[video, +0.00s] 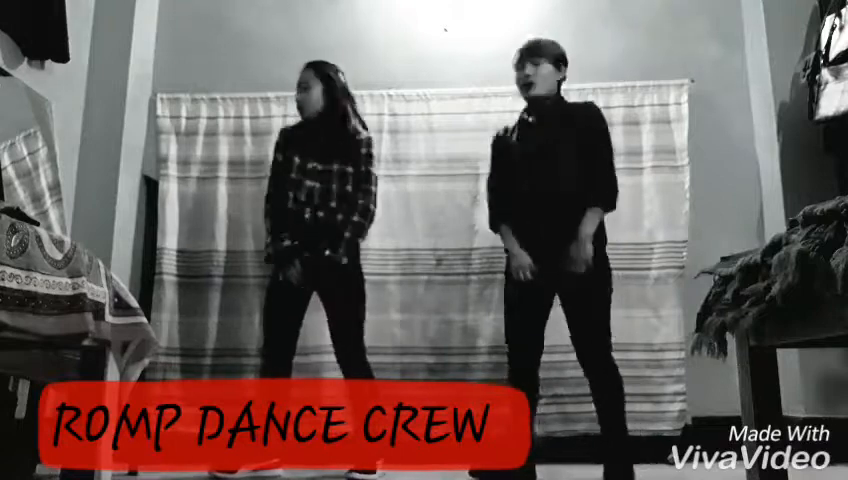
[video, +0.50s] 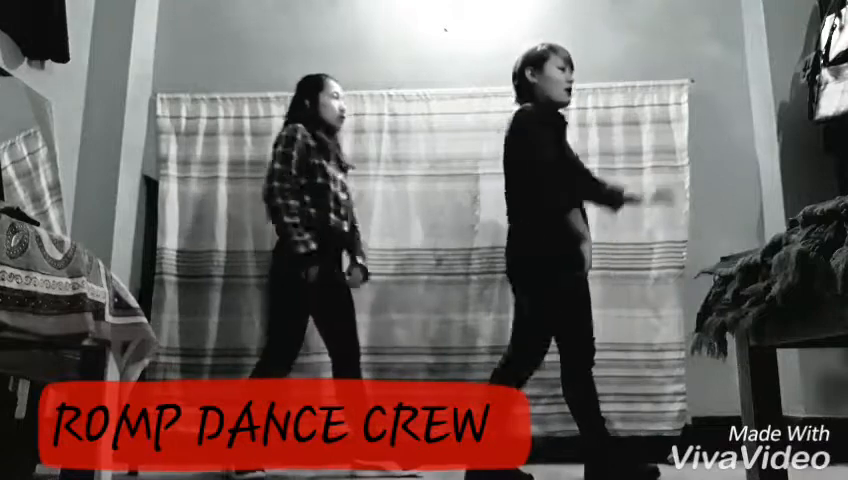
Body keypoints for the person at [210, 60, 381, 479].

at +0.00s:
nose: (297, 96)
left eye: (305, 88)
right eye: (297, 89)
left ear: (331, 92)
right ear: (303, 93)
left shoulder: (356, 140)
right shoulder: (289, 138)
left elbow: (364, 205)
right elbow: (274, 201)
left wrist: (337, 250)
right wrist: (282, 251)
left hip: (339, 264)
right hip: (292, 263)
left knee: (351, 357)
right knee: (276, 356)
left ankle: (373, 448)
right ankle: (264, 447)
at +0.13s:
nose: (317, 93)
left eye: (326, 86)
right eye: (310, 86)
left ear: (342, 94)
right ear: (300, 95)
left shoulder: (356, 146)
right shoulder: (290, 132)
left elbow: (366, 206)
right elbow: (275, 191)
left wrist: (353, 255)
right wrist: (290, 249)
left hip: (340, 264)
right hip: (293, 260)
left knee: (349, 357)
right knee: (277, 356)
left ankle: (366, 451)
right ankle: (254, 448)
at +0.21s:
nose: (341, 95)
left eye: (344, 89)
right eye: (332, 88)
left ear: (347, 97)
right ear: (310, 95)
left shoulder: (349, 141)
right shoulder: (295, 135)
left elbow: (360, 199)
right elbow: (290, 197)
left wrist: (357, 252)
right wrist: (306, 255)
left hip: (339, 263)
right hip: (296, 263)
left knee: (350, 360)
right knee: (279, 358)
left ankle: (364, 452)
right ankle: (247, 451)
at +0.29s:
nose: (348, 97)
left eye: (348, 91)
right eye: (339, 90)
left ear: (342, 100)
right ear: (316, 96)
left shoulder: (336, 138)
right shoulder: (307, 127)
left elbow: (341, 203)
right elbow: (301, 195)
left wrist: (351, 255)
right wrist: (321, 255)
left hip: (332, 259)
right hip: (302, 258)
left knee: (349, 356)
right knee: (280, 353)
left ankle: (365, 448)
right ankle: (239, 444)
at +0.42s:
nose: (348, 104)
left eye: (347, 97)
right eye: (340, 96)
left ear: (332, 104)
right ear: (316, 100)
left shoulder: (329, 141)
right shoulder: (305, 132)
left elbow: (336, 206)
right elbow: (298, 199)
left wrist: (350, 257)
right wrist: (318, 256)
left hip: (330, 264)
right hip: (305, 263)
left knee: (349, 356)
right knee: (280, 355)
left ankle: (362, 445)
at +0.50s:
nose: (343, 104)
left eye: (342, 97)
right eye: (335, 96)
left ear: (327, 105)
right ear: (311, 101)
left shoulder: (328, 146)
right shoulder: (294, 135)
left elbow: (342, 206)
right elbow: (278, 193)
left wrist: (357, 253)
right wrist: (304, 253)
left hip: (328, 264)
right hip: (296, 262)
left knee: (346, 353)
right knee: (281, 353)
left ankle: (361, 441)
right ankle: (234, 437)